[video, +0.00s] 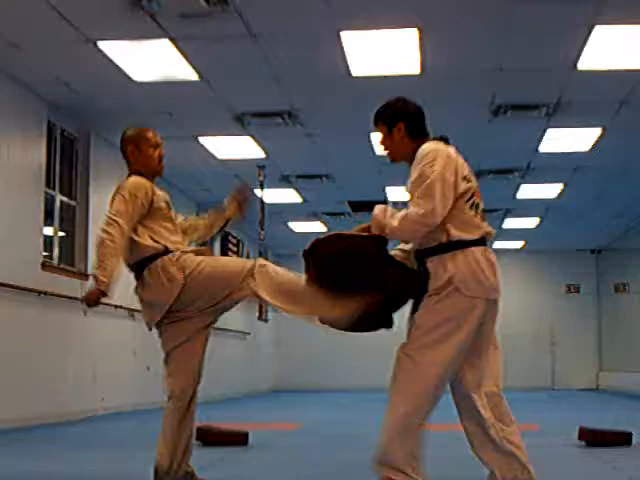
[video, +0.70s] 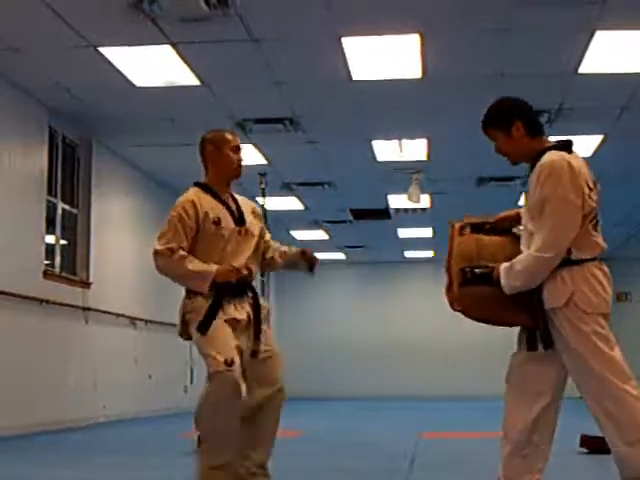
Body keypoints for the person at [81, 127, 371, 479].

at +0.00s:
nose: (161, 153)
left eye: (161, 146)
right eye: (153, 147)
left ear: (152, 152)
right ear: (132, 154)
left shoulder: (155, 197)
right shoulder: (134, 186)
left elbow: (188, 231)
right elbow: (113, 229)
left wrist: (228, 211)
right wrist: (102, 282)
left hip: (170, 302)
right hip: (173, 273)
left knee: (181, 393)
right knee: (256, 273)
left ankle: (172, 473)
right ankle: (339, 307)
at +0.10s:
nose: (164, 153)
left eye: (164, 147)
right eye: (156, 147)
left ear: (159, 154)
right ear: (135, 153)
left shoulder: (161, 196)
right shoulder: (133, 186)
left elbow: (200, 223)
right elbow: (103, 221)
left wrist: (216, 189)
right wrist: (95, 267)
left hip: (186, 285)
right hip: (181, 274)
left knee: (195, 379)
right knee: (265, 281)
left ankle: (179, 464)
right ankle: (350, 314)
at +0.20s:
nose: (166, 136)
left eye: (166, 131)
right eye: (159, 130)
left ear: (165, 136)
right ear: (138, 135)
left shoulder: (181, 176)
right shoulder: (128, 172)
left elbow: (214, 201)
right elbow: (115, 218)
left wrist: (251, 188)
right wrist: (147, 238)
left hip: (220, 250)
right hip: (187, 257)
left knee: (260, 323)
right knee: (268, 282)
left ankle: (224, 409)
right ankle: (301, 387)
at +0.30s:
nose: (184, 143)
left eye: (185, 138)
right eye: (177, 137)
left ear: (183, 143)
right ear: (154, 141)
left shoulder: (194, 178)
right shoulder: (143, 184)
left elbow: (216, 221)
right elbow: (158, 220)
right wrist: (213, 199)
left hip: (240, 250)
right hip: (204, 268)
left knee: (312, 256)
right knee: (238, 350)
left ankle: (330, 334)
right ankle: (245, 465)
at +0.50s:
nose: (233, 164)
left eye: (233, 157)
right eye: (227, 155)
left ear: (209, 157)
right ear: (203, 155)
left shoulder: (232, 208)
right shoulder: (174, 202)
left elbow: (236, 258)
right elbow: (163, 257)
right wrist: (214, 246)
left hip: (254, 287)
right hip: (219, 306)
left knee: (327, 311)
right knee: (247, 395)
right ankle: (252, 472)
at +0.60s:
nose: (237, 152)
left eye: (237, 146)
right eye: (230, 145)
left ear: (228, 151)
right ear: (206, 148)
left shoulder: (241, 200)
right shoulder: (184, 194)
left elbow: (247, 254)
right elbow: (165, 247)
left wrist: (278, 287)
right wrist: (209, 269)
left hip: (256, 301)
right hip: (216, 305)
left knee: (291, 376)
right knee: (235, 384)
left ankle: (274, 467)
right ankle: (245, 465)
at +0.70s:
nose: (241, 157)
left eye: (240, 151)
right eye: (233, 151)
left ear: (235, 159)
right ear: (210, 156)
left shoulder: (250, 209)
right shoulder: (191, 203)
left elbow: (266, 254)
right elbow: (165, 255)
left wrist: (296, 257)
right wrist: (214, 273)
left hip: (250, 306)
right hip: (210, 307)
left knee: (269, 384)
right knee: (227, 379)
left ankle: (253, 467)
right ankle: (216, 469)